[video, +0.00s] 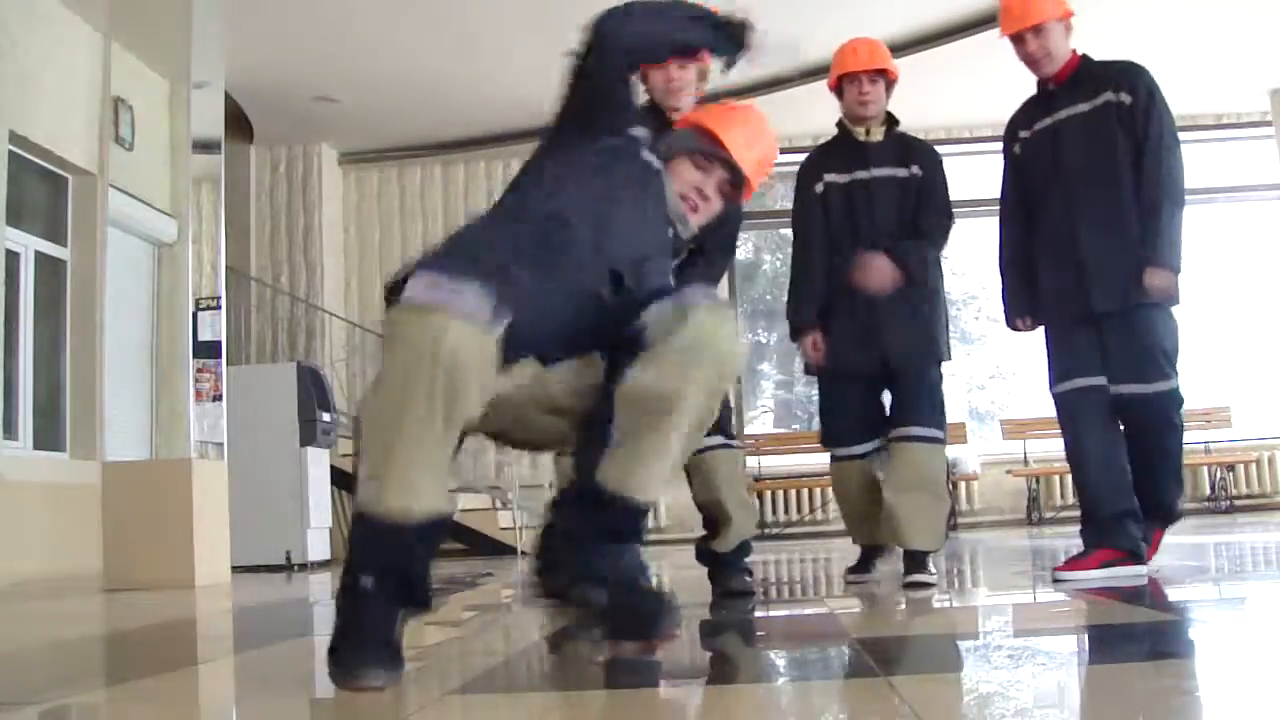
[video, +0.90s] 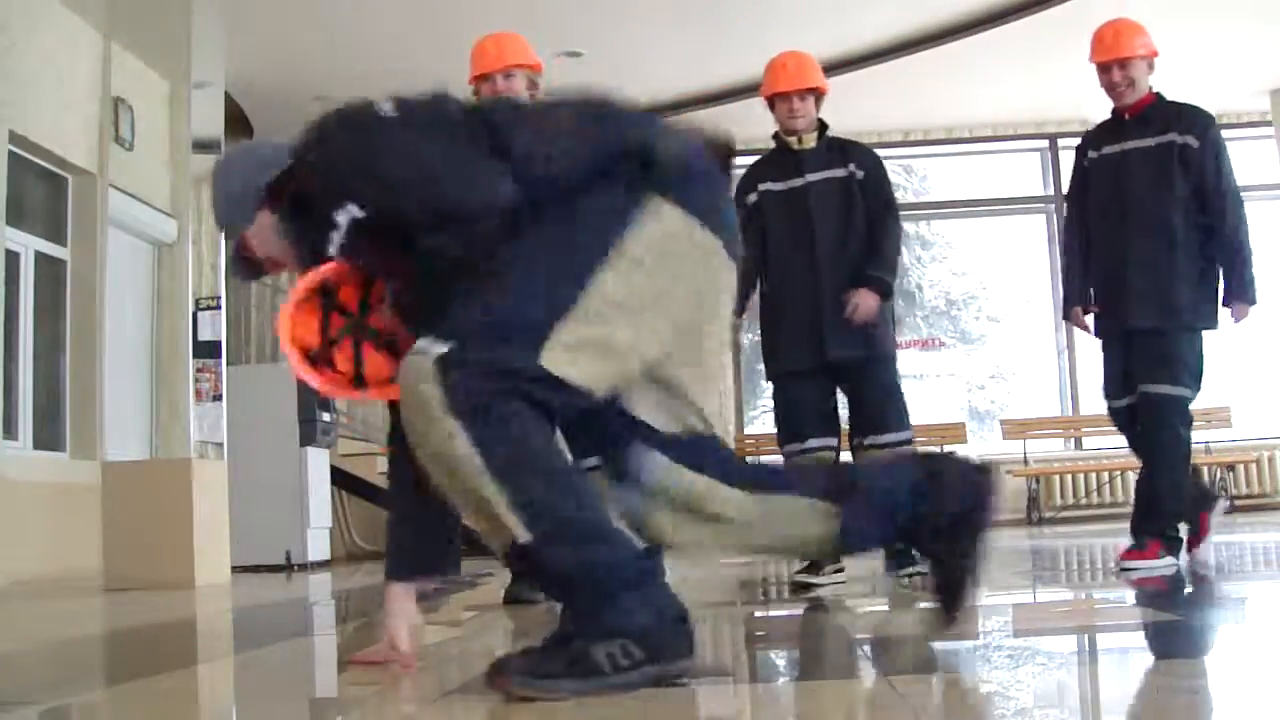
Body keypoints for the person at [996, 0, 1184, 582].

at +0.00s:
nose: (1028, 46)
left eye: (1037, 31)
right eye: (1018, 38)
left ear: (1067, 25)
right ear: (1011, 46)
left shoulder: (1127, 82)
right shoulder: (1021, 125)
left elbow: (1164, 172)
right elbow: (1014, 217)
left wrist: (1163, 258)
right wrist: (1017, 295)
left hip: (1133, 282)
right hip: (1063, 294)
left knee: (1150, 408)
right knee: (1083, 418)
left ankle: (1153, 514)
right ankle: (1113, 541)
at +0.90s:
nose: (1114, 75)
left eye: (1123, 64)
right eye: (1104, 67)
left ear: (1148, 61)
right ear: (1097, 73)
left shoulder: (1192, 124)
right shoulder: (1092, 144)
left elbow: (1225, 205)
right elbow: (1077, 224)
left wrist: (1238, 280)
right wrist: (1075, 289)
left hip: (1175, 295)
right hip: (1114, 300)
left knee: (1164, 409)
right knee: (1125, 410)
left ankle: (1157, 539)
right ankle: (1197, 498)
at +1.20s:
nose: (1131, 98)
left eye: (1140, 86)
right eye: (1122, 90)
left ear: (1166, 81)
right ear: (1116, 95)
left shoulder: (1208, 132)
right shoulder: (1124, 165)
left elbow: (1253, 181)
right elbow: (1111, 244)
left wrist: (1188, 166)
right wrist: (1095, 311)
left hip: (1209, 297)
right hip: (1157, 305)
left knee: (1187, 408)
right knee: (1186, 414)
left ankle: (1162, 531)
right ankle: (1232, 528)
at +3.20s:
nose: (1192, 42)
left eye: (1201, 27)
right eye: (1179, 35)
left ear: (1223, 25)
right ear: (1166, 42)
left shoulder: (1265, 81)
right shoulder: (1156, 107)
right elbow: (1090, 104)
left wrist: (1248, 2)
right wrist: (1129, 27)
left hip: (1268, 273)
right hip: (1196, 286)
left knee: (1273, 382)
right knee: (1204, 410)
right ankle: (1225, 536)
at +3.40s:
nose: (1186, 39)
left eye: (1195, 26)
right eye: (1174, 32)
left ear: (1220, 24)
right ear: (1163, 40)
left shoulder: (1263, 78)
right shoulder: (1155, 105)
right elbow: (1088, 108)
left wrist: (1242, 1)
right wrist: (1123, 30)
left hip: (1266, 274)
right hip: (1193, 286)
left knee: (1276, 399)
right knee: (1203, 414)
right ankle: (1226, 538)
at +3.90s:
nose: (1195, 33)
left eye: (1205, 18)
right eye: (1184, 25)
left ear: (1233, 13)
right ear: (1175, 30)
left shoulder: (1268, 69)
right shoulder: (1171, 96)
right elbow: (1102, 103)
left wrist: (1256, 5)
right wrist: (1152, 28)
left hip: (1270, 273)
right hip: (1205, 279)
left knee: (1279, 398)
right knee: (1212, 414)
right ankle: (1227, 537)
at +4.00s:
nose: (1196, 32)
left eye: (1205, 17)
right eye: (1185, 24)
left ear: (1234, 12)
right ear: (1178, 29)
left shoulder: (1269, 68)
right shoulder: (1172, 94)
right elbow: (1103, 101)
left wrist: (1258, 6)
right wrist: (1154, 27)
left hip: (1269, 273)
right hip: (1206, 281)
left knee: (1277, 399)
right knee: (1215, 416)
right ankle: (1226, 537)